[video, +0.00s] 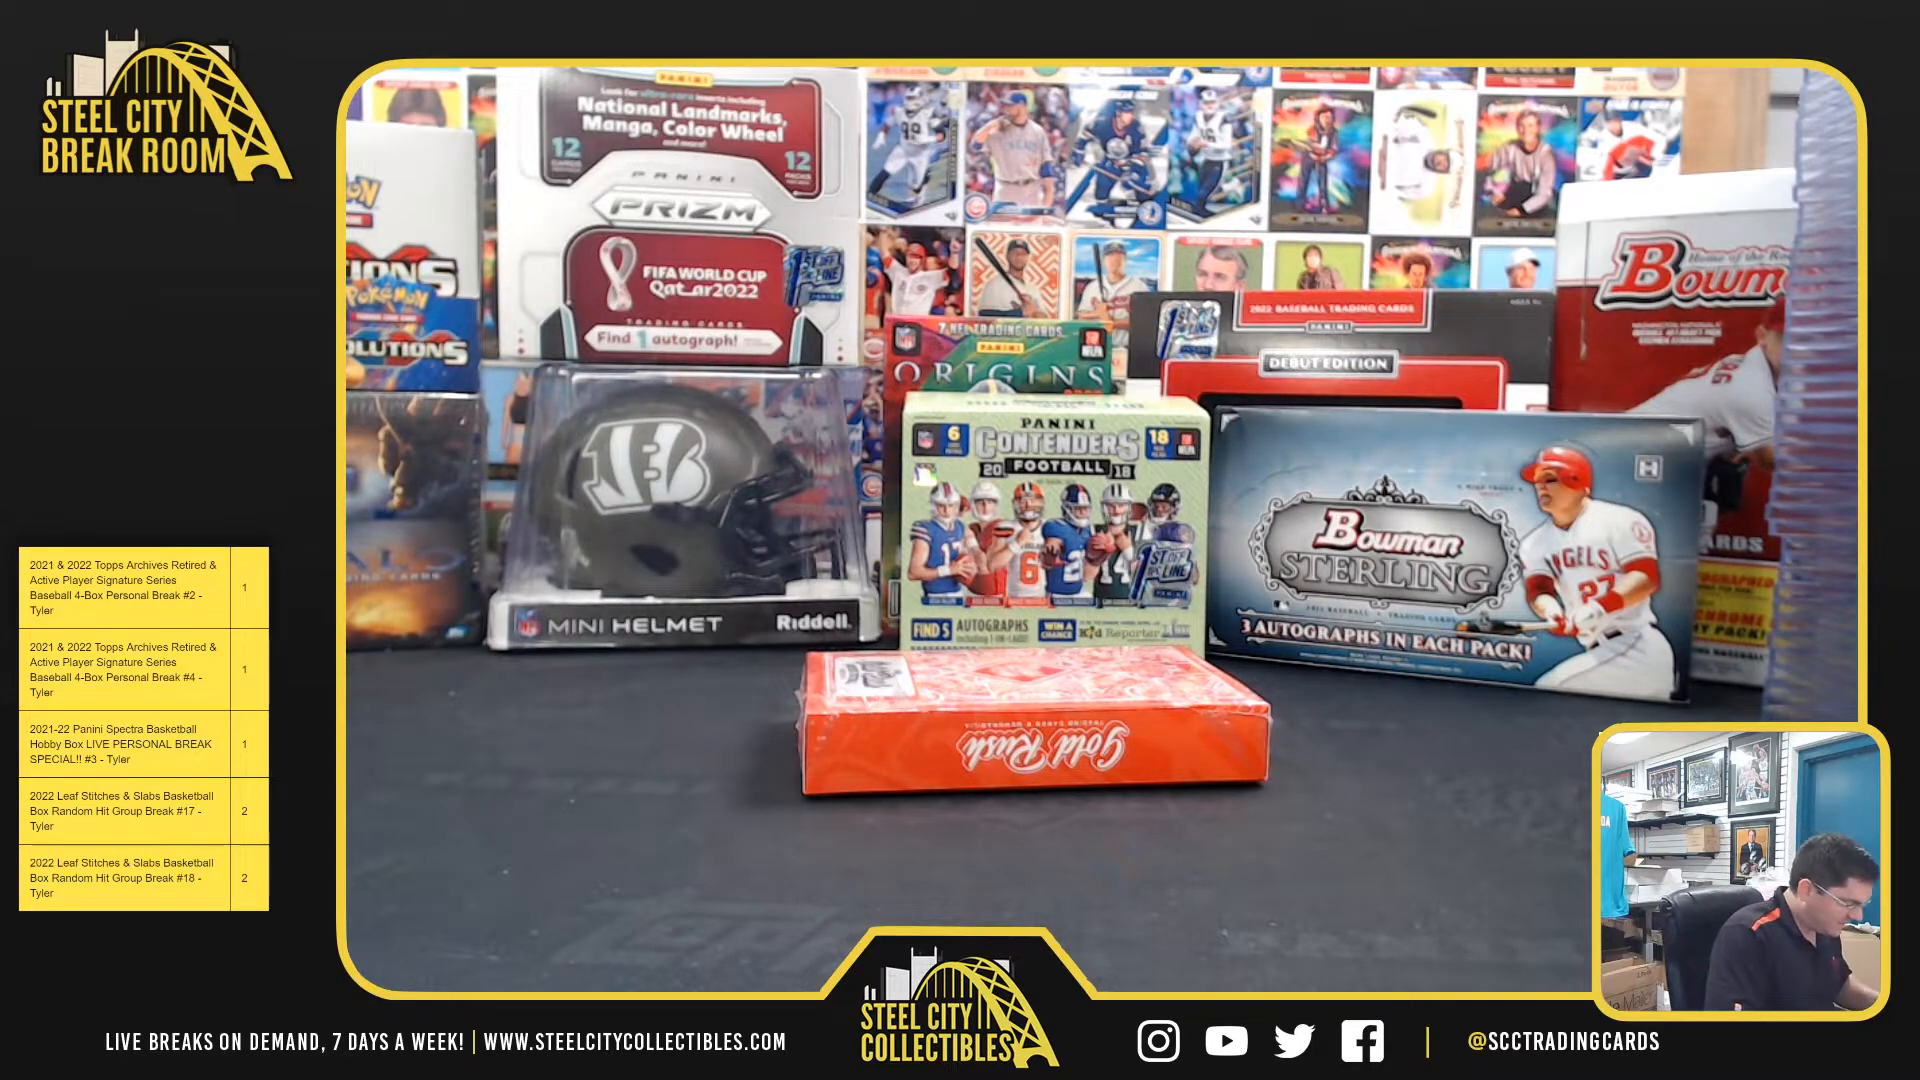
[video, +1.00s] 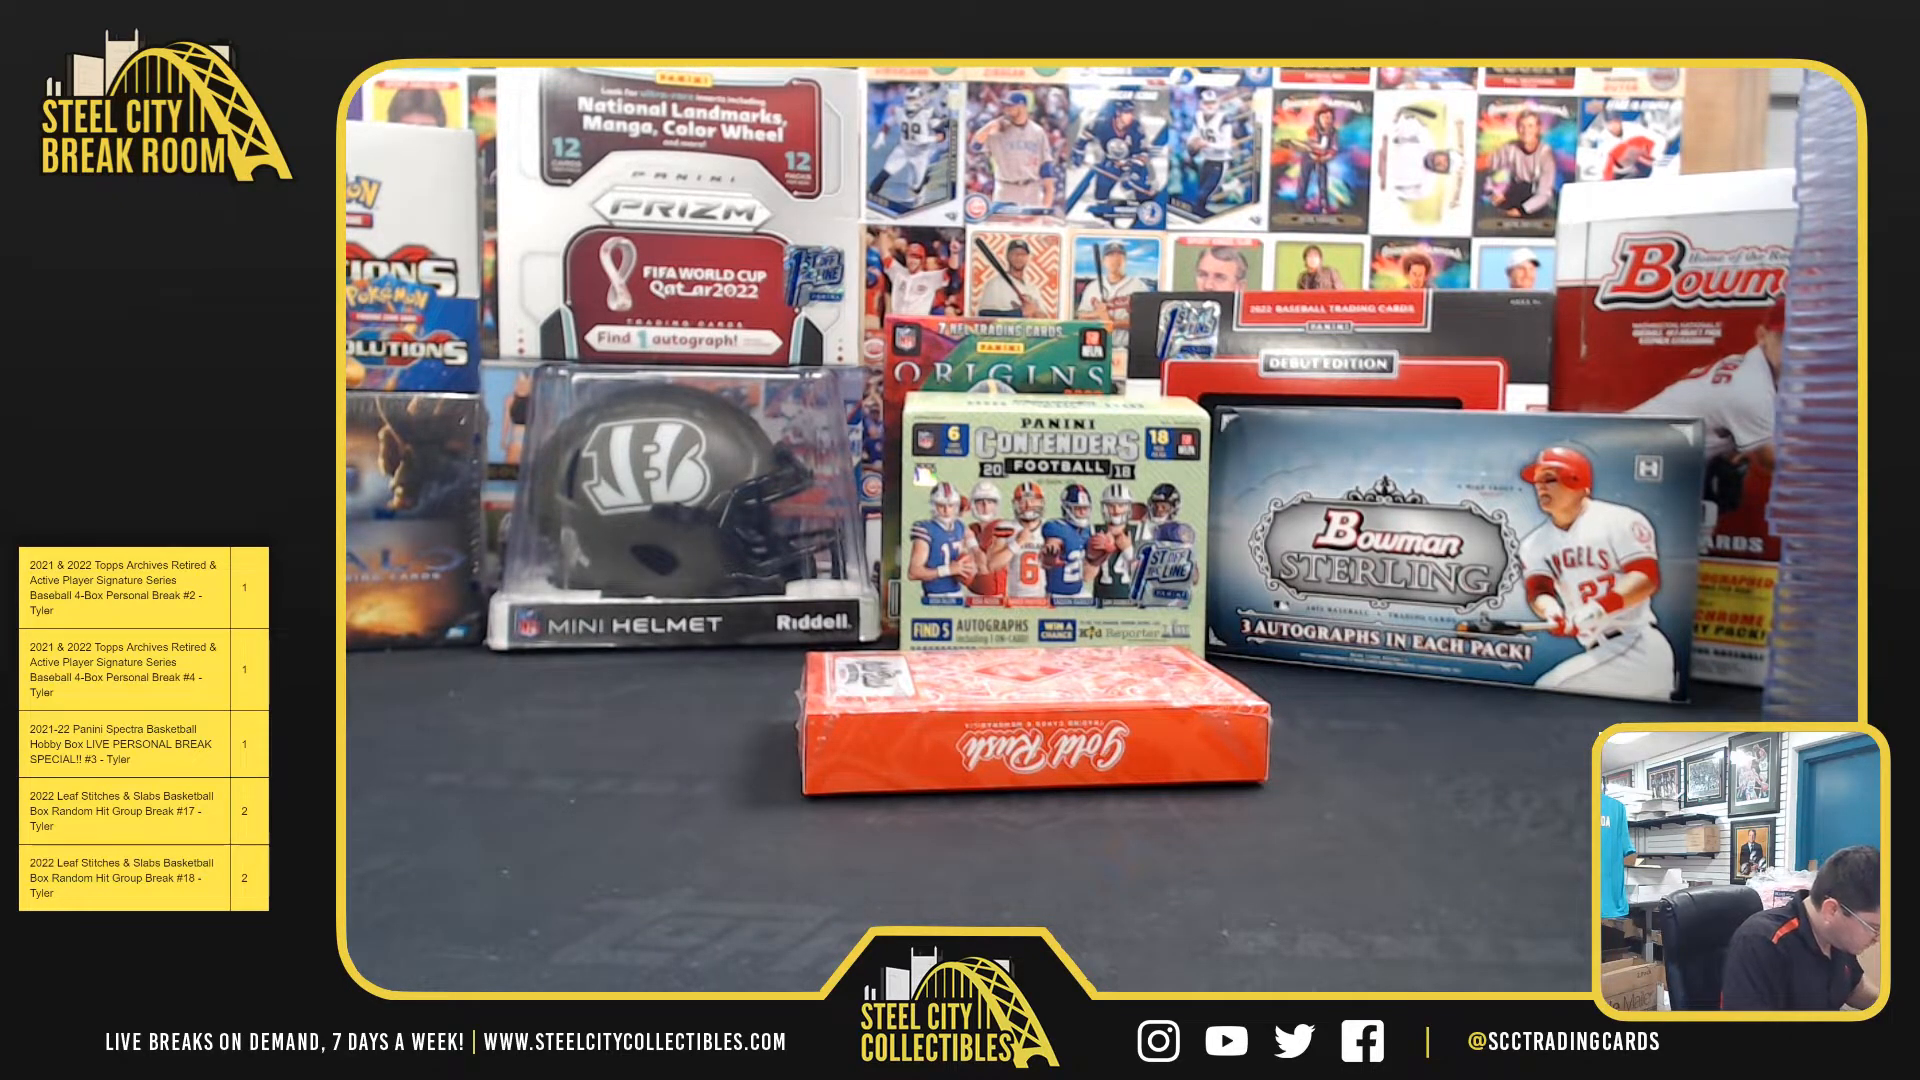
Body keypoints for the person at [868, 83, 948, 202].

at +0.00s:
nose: (910, 102)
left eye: (914, 99)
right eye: (908, 99)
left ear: (920, 100)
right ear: (905, 100)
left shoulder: (928, 114)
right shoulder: (899, 113)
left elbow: (942, 135)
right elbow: (887, 125)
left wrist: (928, 139)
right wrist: (881, 137)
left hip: (921, 152)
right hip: (903, 150)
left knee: (915, 186)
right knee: (886, 172)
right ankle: (868, 197)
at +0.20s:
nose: (910, 102)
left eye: (914, 99)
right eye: (908, 99)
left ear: (920, 100)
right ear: (905, 100)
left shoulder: (928, 114)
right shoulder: (899, 113)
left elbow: (942, 135)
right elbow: (887, 125)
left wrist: (928, 139)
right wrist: (881, 137)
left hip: (921, 152)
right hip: (903, 150)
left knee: (915, 186)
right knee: (886, 172)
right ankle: (868, 197)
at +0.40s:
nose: (910, 103)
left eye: (913, 99)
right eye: (908, 99)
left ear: (920, 100)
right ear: (905, 100)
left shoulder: (928, 115)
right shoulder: (899, 113)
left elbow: (942, 135)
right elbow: (887, 125)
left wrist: (928, 139)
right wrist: (881, 138)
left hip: (921, 153)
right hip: (903, 150)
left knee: (915, 186)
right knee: (886, 172)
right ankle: (868, 197)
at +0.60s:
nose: (910, 103)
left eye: (913, 99)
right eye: (908, 99)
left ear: (920, 100)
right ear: (905, 100)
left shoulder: (928, 114)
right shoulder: (899, 113)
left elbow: (942, 135)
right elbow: (887, 125)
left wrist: (928, 139)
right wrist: (881, 138)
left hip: (921, 153)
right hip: (903, 150)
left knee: (915, 186)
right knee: (885, 173)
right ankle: (868, 198)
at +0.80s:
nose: (910, 103)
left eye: (913, 99)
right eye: (908, 99)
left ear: (920, 100)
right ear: (905, 100)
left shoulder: (928, 114)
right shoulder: (899, 113)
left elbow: (942, 135)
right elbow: (887, 125)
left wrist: (928, 139)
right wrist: (881, 138)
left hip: (921, 153)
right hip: (903, 150)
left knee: (915, 187)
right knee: (885, 173)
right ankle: (868, 197)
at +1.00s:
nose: (910, 103)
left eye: (913, 99)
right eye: (908, 99)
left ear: (920, 100)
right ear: (905, 100)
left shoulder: (928, 114)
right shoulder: (899, 113)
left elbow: (942, 135)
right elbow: (887, 125)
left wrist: (928, 139)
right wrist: (881, 138)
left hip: (921, 153)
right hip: (903, 150)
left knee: (915, 187)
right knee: (885, 173)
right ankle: (868, 198)